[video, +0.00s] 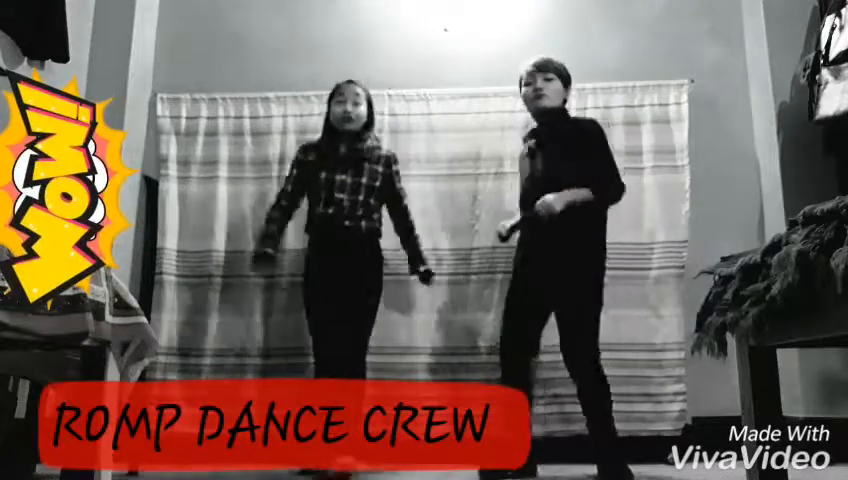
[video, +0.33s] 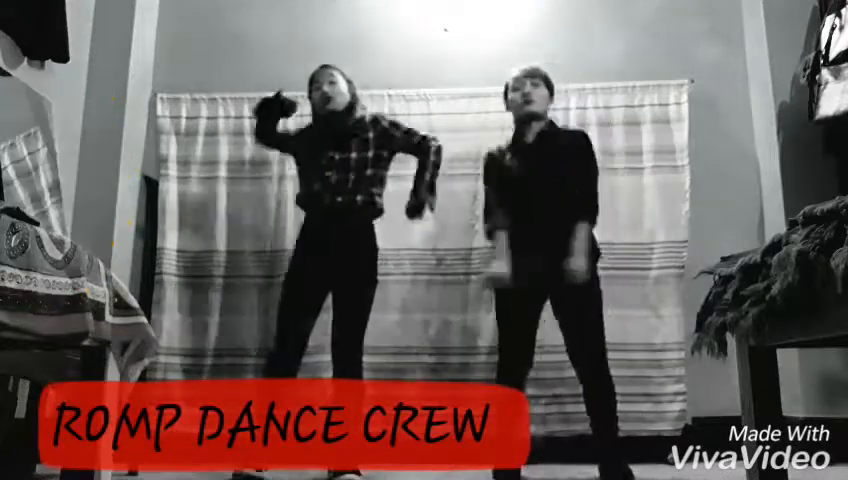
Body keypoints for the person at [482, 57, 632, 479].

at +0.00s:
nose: (535, 86)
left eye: (545, 79)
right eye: (529, 82)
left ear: (566, 90)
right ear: (523, 97)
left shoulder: (586, 130)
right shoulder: (532, 145)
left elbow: (613, 187)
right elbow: (544, 201)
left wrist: (568, 197)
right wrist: (519, 222)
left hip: (578, 263)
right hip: (534, 262)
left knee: (581, 358)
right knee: (515, 352)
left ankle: (610, 461)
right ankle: (517, 457)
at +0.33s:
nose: (526, 92)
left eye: (535, 86)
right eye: (517, 88)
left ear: (551, 98)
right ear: (507, 103)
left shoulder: (575, 143)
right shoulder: (500, 158)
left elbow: (585, 200)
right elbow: (497, 212)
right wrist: (501, 255)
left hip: (570, 265)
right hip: (519, 268)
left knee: (592, 364)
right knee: (512, 367)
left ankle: (610, 459)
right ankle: (504, 461)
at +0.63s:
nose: (550, 89)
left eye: (558, 84)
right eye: (540, 84)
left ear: (569, 99)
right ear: (524, 99)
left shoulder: (570, 154)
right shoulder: (522, 145)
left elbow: (591, 211)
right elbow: (544, 206)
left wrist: (628, 267)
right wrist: (584, 250)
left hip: (568, 270)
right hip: (527, 272)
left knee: (597, 355)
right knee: (522, 366)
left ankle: (600, 457)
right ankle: (502, 462)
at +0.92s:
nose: (554, 75)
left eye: (564, 69)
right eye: (545, 70)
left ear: (578, 82)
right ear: (532, 84)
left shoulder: (596, 120)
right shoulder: (525, 144)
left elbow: (592, 182)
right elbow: (507, 205)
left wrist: (563, 227)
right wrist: (488, 256)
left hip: (594, 248)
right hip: (545, 251)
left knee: (598, 356)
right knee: (526, 349)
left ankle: (600, 458)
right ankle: (491, 447)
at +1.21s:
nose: (520, 83)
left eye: (529, 78)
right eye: (511, 76)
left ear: (539, 91)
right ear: (494, 88)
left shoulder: (545, 149)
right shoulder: (478, 143)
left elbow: (573, 201)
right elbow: (440, 196)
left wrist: (614, 246)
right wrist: (432, 257)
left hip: (534, 274)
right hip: (489, 274)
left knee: (571, 352)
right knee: (501, 358)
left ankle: (587, 453)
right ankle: (476, 452)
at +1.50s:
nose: (571, 85)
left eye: (571, 79)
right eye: (562, 77)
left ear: (540, 90)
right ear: (536, 84)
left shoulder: (525, 131)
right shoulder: (541, 129)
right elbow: (566, 193)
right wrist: (611, 240)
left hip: (508, 260)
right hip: (536, 262)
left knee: (512, 353)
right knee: (573, 350)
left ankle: (482, 448)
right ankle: (583, 453)